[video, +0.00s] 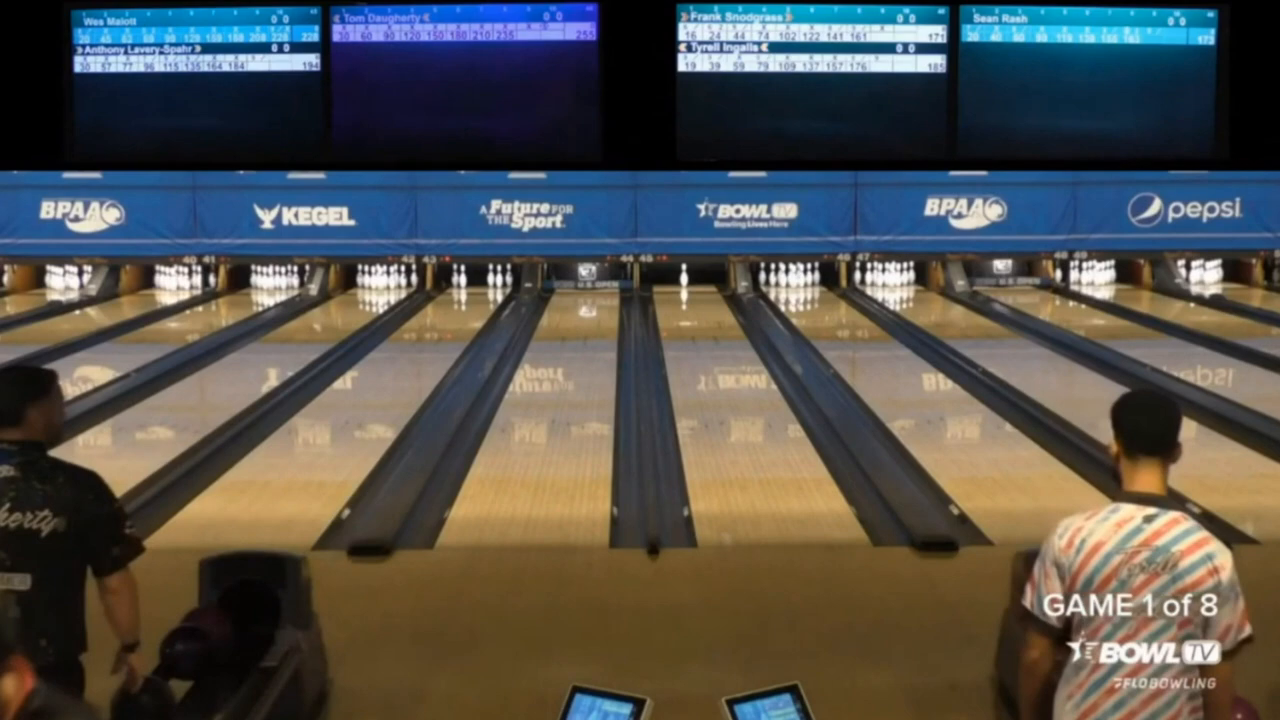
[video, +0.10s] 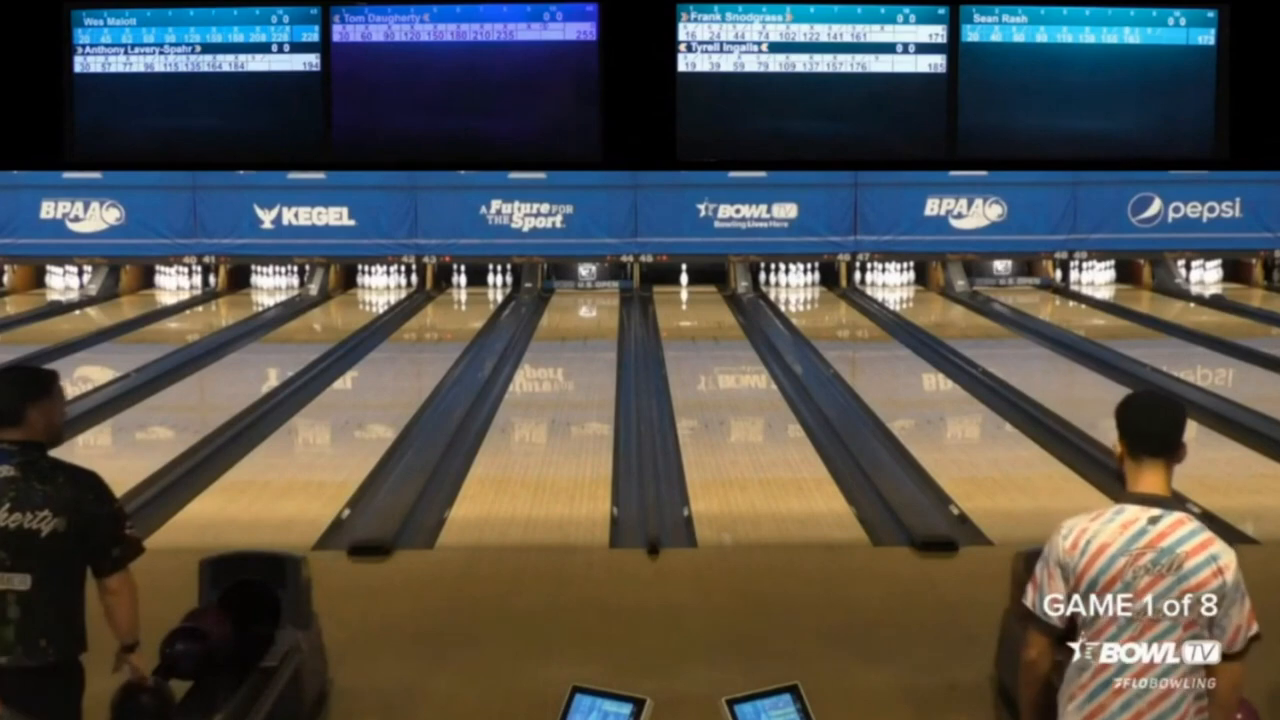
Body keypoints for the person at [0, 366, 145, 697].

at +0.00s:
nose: (64, 412)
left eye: (62, 402)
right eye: (58, 402)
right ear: (33, 412)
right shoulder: (78, 487)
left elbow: (114, 580)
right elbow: (114, 581)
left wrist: (130, 646)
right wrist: (130, 647)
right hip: (50, 671)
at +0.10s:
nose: (64, 411)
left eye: (62, 401)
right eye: (58, 402)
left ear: (7, 408)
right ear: (34, 410)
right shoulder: (79, 487)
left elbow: (113, 581)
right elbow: (113, 580)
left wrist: (128, 647)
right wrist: (130, 647)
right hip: (46, 669)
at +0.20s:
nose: (66, 412)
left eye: (63, 402)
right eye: (59, 403)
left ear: (7, 408)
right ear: (35, 410)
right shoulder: (79, 488)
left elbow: (114, 582)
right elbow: (114, 581)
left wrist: (128, 647)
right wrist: (129, 647)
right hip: (47, 672)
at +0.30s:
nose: (66, 412)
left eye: (63, 402)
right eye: (59, 403)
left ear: (6, 409)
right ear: (35, 410)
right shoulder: (79, 488)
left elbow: (114, 584)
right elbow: (114, 583)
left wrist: (128, 648)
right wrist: (129, 648)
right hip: (48, 673)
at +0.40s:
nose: (67, 413)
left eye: (65, 403)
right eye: (61, 403)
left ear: (7, 408)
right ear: (36, 410)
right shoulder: (79, 488)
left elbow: (114, 585)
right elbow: (114, 585)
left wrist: (128, 649)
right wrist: (130, 649)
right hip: (48, 672)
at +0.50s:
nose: (68, 413)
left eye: (66, 403)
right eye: (61, 403)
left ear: (7, 409)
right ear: (37, 411)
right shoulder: (81, 489)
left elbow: (115, 586)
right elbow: (115, 586)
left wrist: (129, 650)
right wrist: (130, 650)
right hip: (49, 673)